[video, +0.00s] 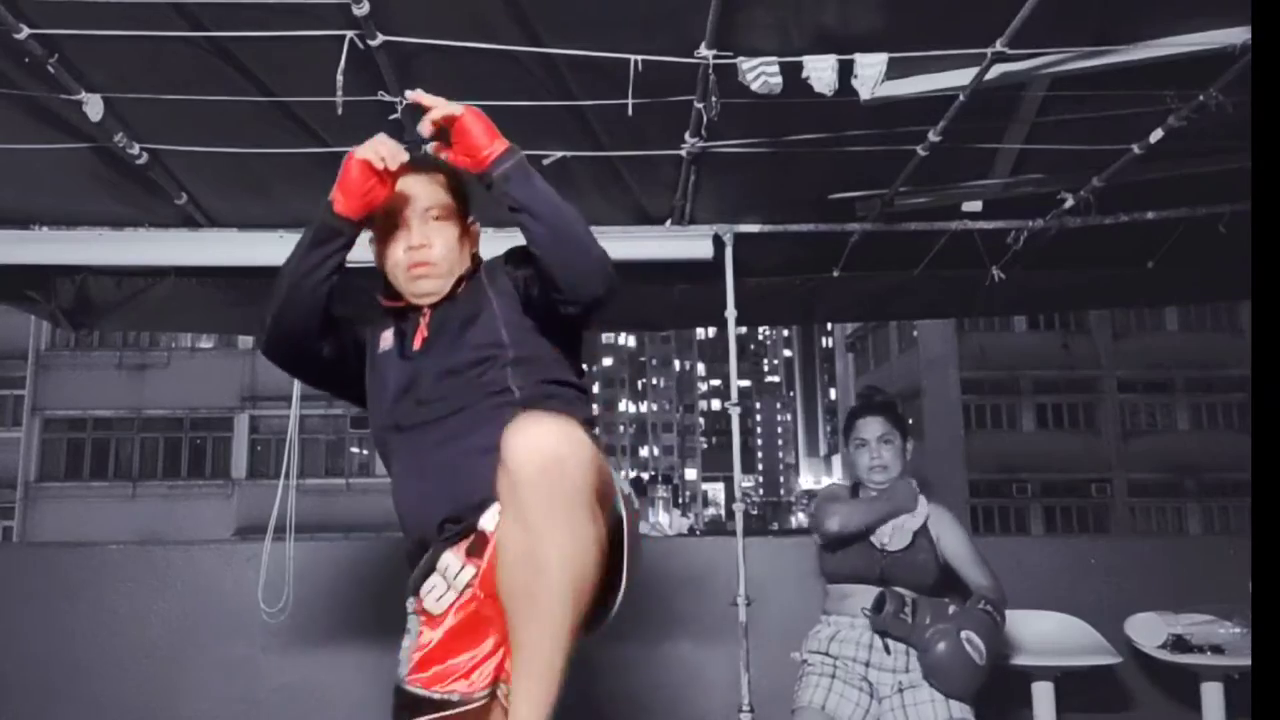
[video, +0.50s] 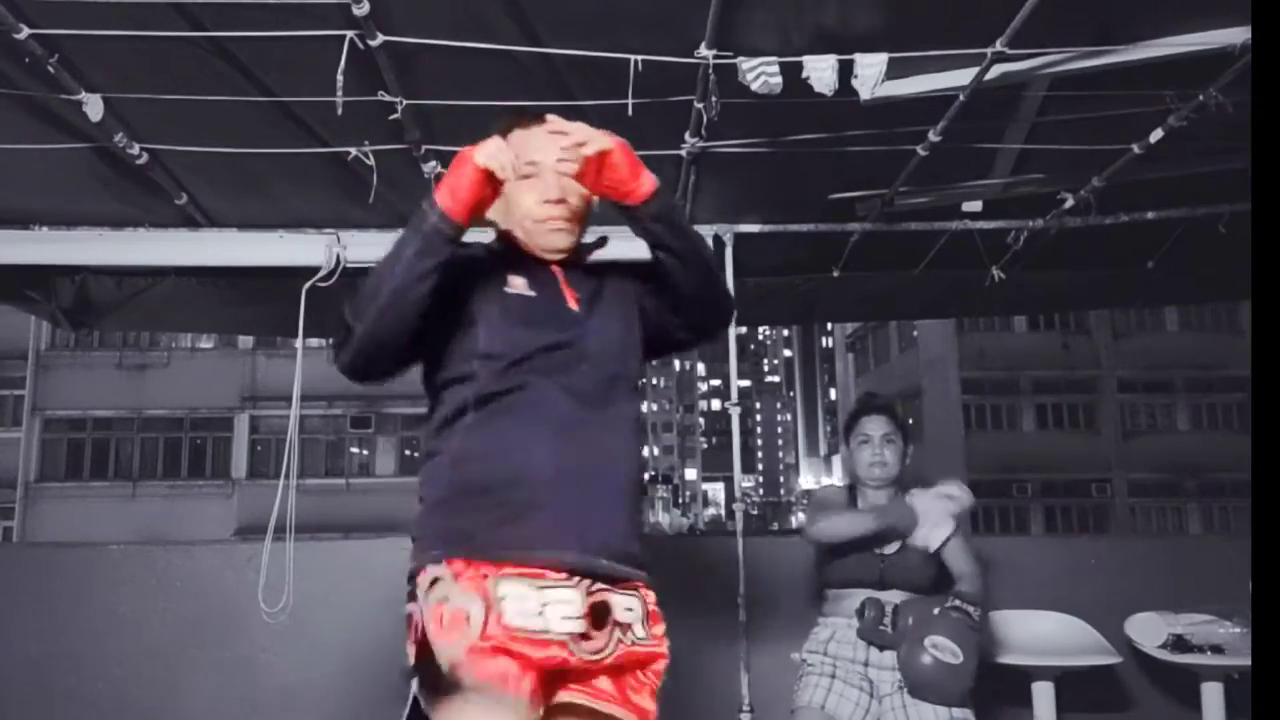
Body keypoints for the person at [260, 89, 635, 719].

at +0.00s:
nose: (415, 239)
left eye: (435, 218)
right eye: (394, 226)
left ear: (470, 235)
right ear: (376, 250)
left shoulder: (521, 287)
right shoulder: (370, 345)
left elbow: (589, 280)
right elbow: (286, 338)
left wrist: (500, 160)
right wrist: (341, 216)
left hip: (558, 518)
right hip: (451, 566)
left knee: (541, 441)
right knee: (441, 706)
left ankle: (528, 712)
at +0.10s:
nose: (429, 218)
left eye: (448, 199)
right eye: (408, 203)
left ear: (479, 221)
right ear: (387, 230)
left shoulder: (532, 275)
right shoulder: (370, 322)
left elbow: (597, 269)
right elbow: (283, 327)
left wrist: (506, 151)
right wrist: (344, 200)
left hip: (546, 528)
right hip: (438, 572)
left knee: (606, 484)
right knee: (429, 706)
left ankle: (548, 713)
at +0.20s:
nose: (456, 204)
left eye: (475, 190)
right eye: (437, 189)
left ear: (500, 207)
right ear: (406, 208)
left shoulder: (547, 270)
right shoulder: (378, 309)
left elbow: (623, 274)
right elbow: (295, 313)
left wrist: (532, 155)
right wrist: (380, 182)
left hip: (559, 526)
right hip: (438, 577)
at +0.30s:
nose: (480, 194)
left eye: (499, 180)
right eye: (461, 180)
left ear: (522, 199)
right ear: (427, 202)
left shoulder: (566, 275)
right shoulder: (392, 289)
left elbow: (647, 292)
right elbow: (321, 300)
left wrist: (560, 167)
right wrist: (411, 171)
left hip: (577, 554)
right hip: (439, 581)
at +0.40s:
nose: (516, 198)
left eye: (533, 183)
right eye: (495, 182)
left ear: (556, 201)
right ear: (461, 197)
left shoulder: (594, 290)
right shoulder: (423, 279)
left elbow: (675, 302)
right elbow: (345, 300)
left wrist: (597, 180)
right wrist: (441, 167)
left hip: (587, 584)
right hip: (445, 589)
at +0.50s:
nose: (556, 190)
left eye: (571, 171)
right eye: (530, 173)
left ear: (594, 192)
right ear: (493, 195)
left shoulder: (625, 294)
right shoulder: (456, 280)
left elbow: (708, 310)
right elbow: (362, 358)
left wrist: (645, 197)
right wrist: (445, 213)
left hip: (612, 590)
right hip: (480, 583)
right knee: (484, 703)